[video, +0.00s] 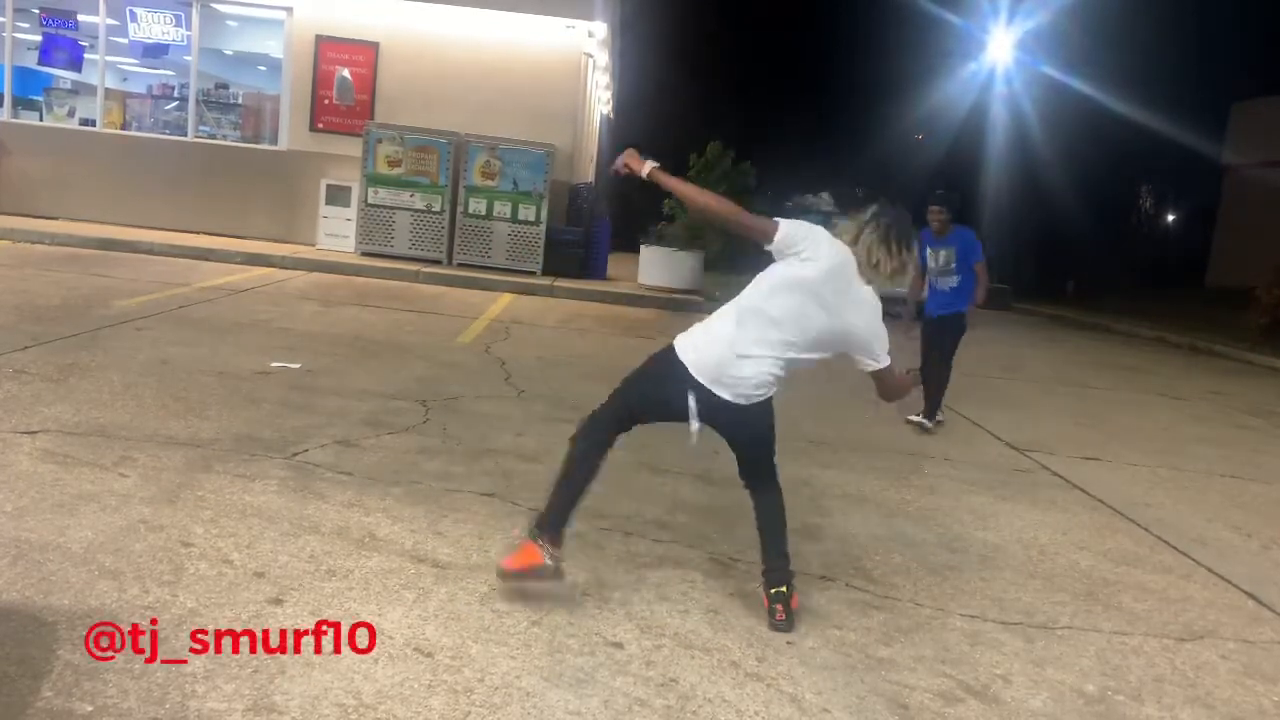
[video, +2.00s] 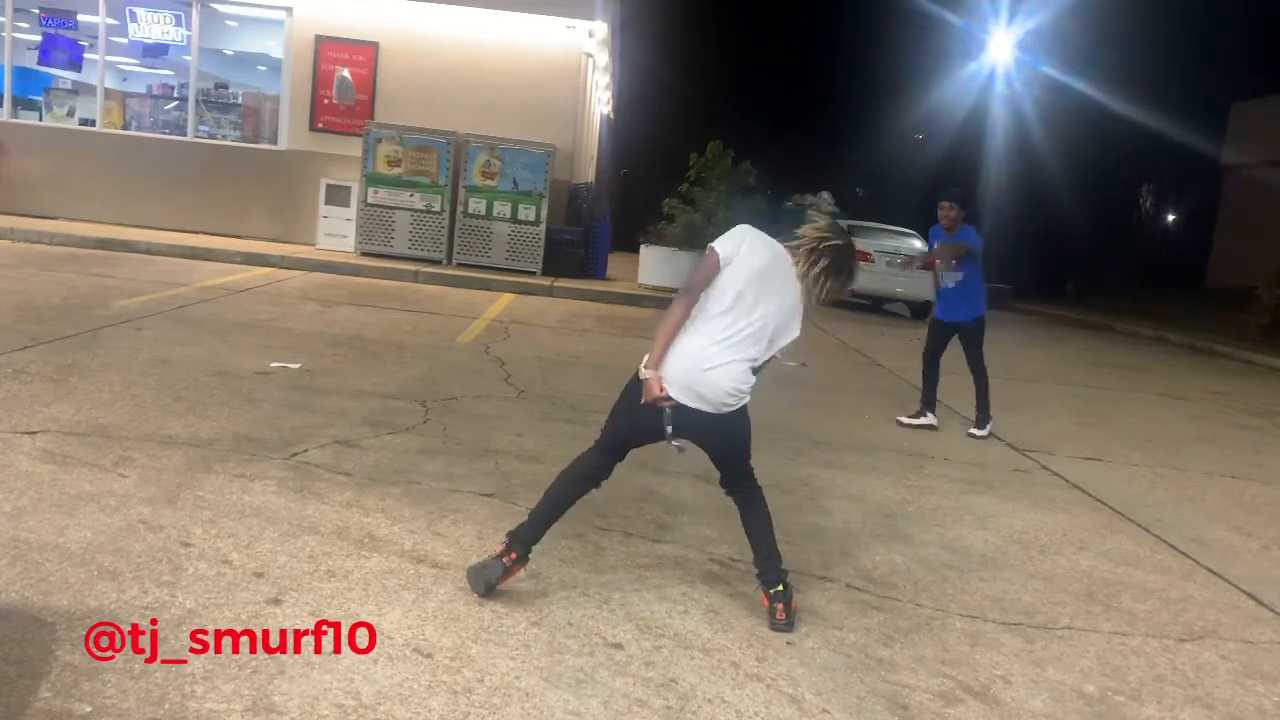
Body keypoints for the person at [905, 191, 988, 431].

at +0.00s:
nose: (935, 219)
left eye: (940, 214)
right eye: (931, 214)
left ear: (949, 215)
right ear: (927, 215)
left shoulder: (966, 238)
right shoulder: (925, 238)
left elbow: (981, 272)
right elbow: (919, 273)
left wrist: (977, 300)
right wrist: (912, 301)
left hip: (955, 310)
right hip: (931, 309)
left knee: (941, 359)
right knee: (927, 360)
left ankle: (931, 412)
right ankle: (931, 409)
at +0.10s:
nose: (942, 216)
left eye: (947, 211)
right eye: (938, 211)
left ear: (956, 213)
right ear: (933, 213)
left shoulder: (974, 237)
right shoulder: (930, 237)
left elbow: (989, 275)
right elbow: (923, 274)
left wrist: (987, 314)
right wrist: (921, 308)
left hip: (967, 308)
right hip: (940, 308)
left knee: (955, 357)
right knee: (933, 356)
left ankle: (953, 413)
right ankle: (932, 407)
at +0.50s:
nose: (969, 221)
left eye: (974, 216)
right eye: (965, 216)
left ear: (984, 218)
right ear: (960, 218)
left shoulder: (1003, 243)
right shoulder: (953, 242)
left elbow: (1015, 278)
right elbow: (957, 274)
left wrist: (1014, 316)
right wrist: (958, 301)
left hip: (992, 314)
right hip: (964, 311)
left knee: (985, 363)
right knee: (948, 358)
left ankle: (985, 418)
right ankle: (949, 407)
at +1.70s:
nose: (959, 215)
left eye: (964, 210)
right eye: (955, 210)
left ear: (975, 213)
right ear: (951, 212)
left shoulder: (992, 239)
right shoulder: (946, 237)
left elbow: (1006, 278)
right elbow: (948, 273)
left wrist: (999, 319)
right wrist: (952, 303)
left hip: (983, 316)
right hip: (957, 314)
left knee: (982, 367)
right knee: (947, 360)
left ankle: (983, 418)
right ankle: (950, 407)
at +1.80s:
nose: (956, 215)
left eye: (962, 210)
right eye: (953, 210)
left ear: (973, 213)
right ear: (948, 212)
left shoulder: (988, 240)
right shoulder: (945, 237)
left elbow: (1011, 276)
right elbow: (947, 269)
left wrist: (980, 296)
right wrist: (949, 296)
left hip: (980, 316)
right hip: (953, 311)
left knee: (979, 363)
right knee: (935, 353)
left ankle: (983, 417)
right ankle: (945, 401)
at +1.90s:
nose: (953, 215)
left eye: (958, 210)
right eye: (949, 210)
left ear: (969, 213)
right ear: (945, 212)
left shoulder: (981, 237)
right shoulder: (942, 235)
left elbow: (995, 270)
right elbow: (947, 267)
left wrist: (961, 276)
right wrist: (945, 289)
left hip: (977, 315)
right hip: (950, 310)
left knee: (978, 363)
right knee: (932, 351)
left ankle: (983, 417)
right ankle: (937, 404)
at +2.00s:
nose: (946, 214)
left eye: (951, 209)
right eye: (942, 209)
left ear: (962, 213)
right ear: (937, 211)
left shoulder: (970, 235)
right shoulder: (935, 233)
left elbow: (957, 251)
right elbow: (935, 264)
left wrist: (924, 259)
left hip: (970, 313)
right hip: (944, 311)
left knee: (976, 365)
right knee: (930, 357)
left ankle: (983, 419)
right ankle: (927, 411)